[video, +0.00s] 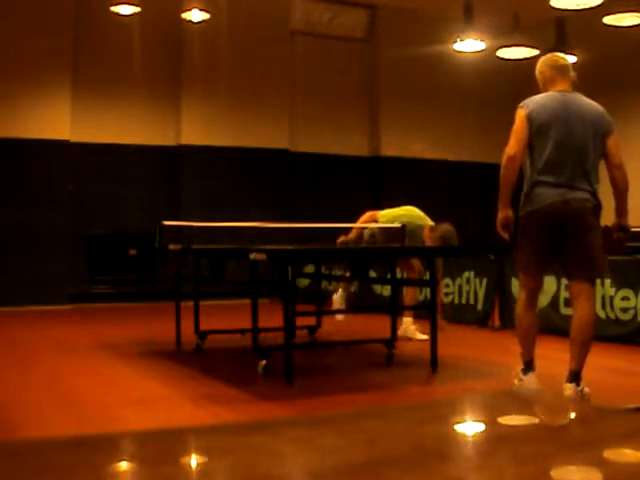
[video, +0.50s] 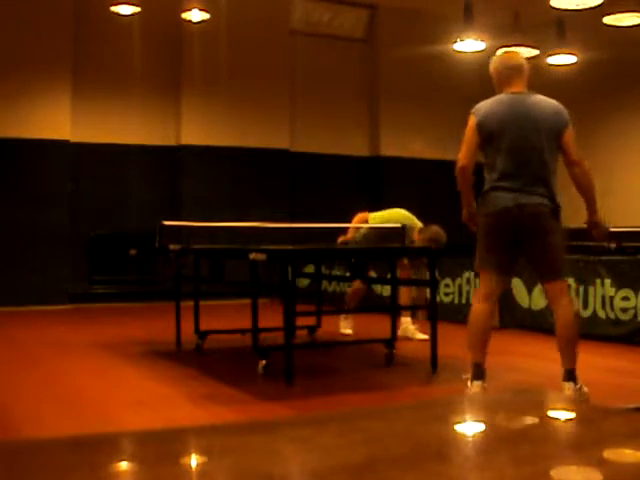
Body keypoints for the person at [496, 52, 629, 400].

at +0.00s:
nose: (539, 85)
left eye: (538, 80)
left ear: (542, 80)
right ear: (572, 78)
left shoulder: (530, 108)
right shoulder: (597, 112)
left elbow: (512, 155)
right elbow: (617, 170)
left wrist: (504, 205)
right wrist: (621, 217)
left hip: (538, 210)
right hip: (582, 212)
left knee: (529, 293)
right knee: (583, 295)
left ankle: (527, 370)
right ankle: (574, 380)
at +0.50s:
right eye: (525, 70)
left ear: (495, 79)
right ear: (526, 75)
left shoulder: (482, 111)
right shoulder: (554, 110)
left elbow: (464, 164)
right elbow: (575, 163)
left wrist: (468, 205)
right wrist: (593, 211)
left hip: (495, 216)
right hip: (541, 215)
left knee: (486, 292)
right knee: (559, 294)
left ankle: (476, 377)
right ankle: (570, 379)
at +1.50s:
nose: (486, 71)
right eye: (486, 65)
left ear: (454, 72)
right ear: (485, 69)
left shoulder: (436, 108)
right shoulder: (507, 107)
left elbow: (418, 162)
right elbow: (525, 161)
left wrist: (419, 212)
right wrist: (542, 212)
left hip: (445, 207)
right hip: (487, 208)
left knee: (455, 293)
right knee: (480, 297)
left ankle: (470, 373)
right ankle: (463, 382)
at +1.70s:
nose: (486, 69)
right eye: (486, 64)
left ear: (454, 71)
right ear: (486, 69)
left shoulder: (434, 105)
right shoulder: (505, 107)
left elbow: (411, 158)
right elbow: (520, 162)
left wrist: (416, 208)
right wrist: (533, 213)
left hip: (442, 208)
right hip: (485, 208)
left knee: (454, 291)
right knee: (481, 294)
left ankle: (471, 373)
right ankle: (463, 382)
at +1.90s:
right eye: (482, 64)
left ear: (451, 68)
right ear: (484, 68)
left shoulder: (432, 103)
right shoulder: (504, 106)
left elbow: (408, 156)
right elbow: (519, 162)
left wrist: (416, 205)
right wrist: (529, 215)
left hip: (440, 208)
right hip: (484, 208)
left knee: (451, 291)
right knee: (479, 296)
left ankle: (451, 373)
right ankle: (462, 383)